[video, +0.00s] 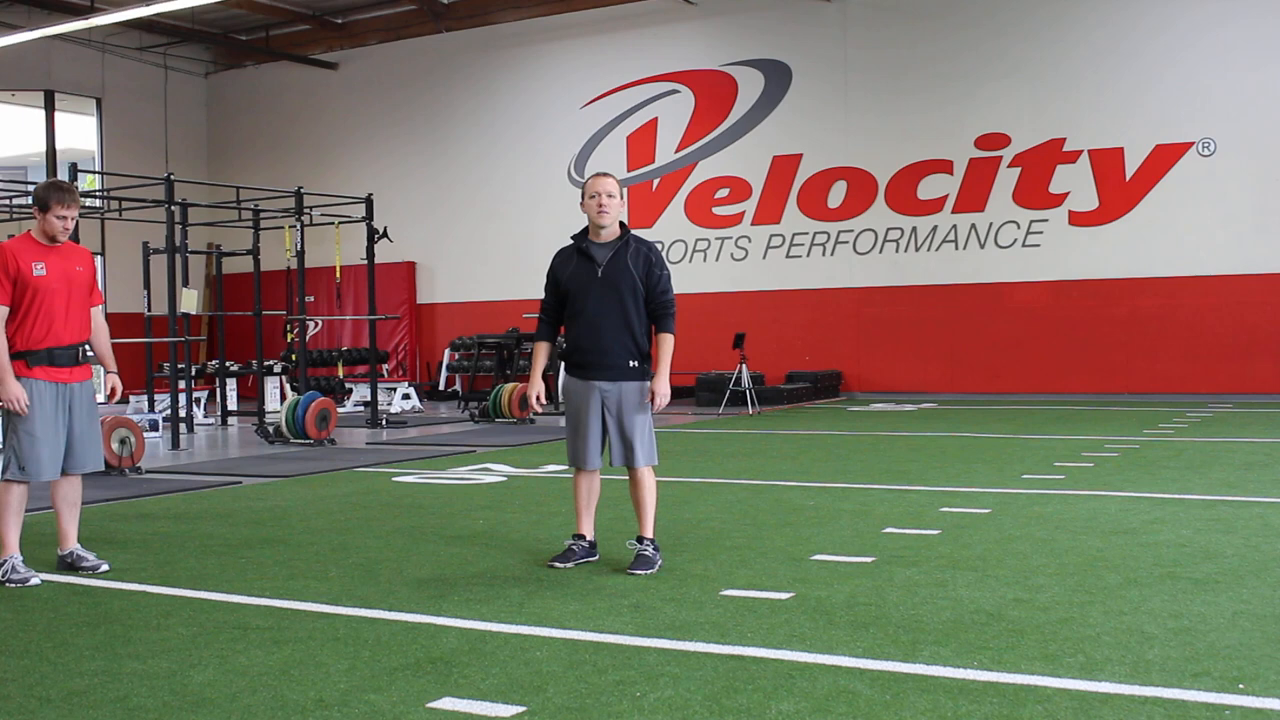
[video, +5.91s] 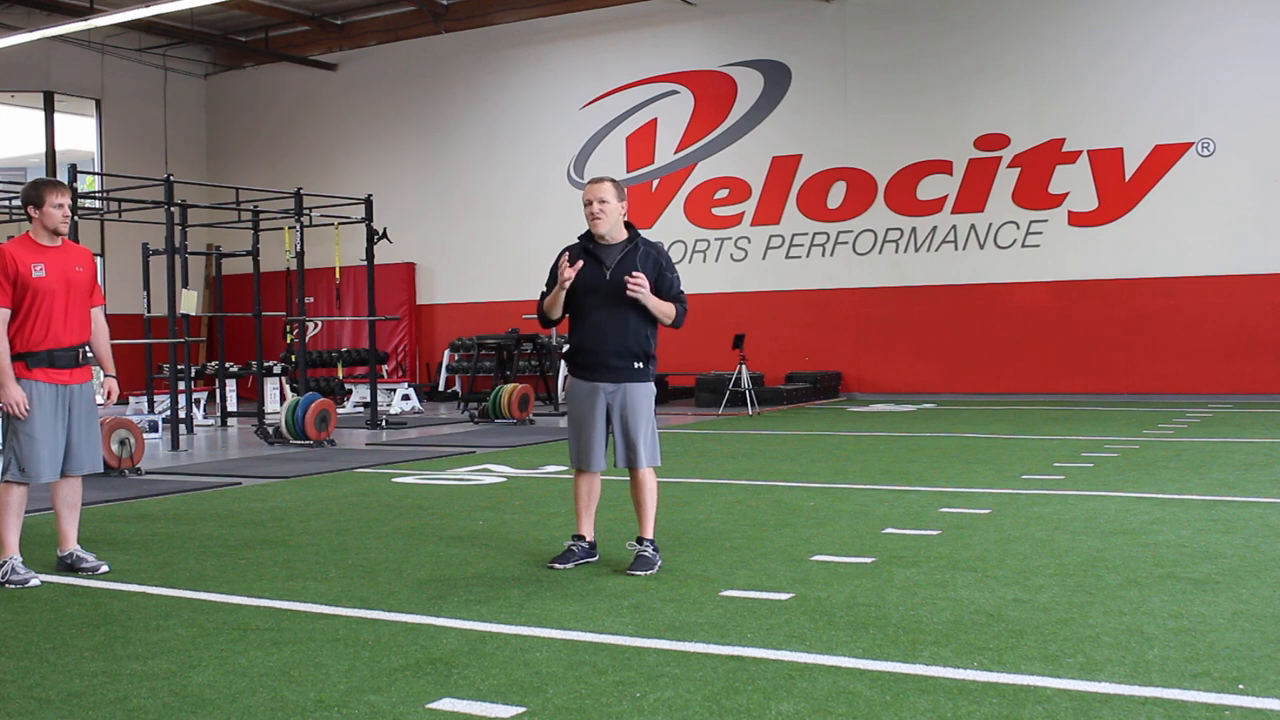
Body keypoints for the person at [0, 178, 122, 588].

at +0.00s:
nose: (68, 225)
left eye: (73, 217)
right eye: (60, 218)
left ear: (77, 214)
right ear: (39, 214)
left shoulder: (84, 257)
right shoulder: (12, 253)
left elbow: (96, 319)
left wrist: (111, 368)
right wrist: (7, 378)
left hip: (76, 377)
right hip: (29, 378)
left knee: (71, 465)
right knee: (19, 471)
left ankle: (69, 550)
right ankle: (10, 558)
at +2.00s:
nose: (65, 218)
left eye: (69, 211)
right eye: (56, 211)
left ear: (72, 213)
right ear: (33, 212)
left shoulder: (83, 257)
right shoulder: (10, 254)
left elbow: (95, 321)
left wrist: (109, 371)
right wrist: (5, 381)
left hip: (76, 376)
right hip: (28, 378)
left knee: (71, 466)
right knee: (18, 472)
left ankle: (69, 550)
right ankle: (10, 559)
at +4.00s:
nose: (64, 211)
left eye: (66, 205)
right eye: (54, 205)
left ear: (69, 210)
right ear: (31, 211)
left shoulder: (83, 257)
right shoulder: (10, 255)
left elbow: (95, 321)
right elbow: (0, 326)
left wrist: (108, 372)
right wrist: (7, 382)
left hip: (76, 377)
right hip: (30, 378)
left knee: (71, 466)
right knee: (18, 473)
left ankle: (69, 551)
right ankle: (9, 559)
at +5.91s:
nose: (66, 213)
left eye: (69, 206)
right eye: (57, 206)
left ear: (70, 211)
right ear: (33, 211)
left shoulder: (84, 257)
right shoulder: (10, 255)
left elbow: (96, 320)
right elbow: (0, 326)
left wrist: (110, 371)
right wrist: (6, 381)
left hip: (77, 377)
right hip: (30, 378)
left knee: (72, 466)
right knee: (18, 473)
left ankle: (69, 551)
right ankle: (9, 559)